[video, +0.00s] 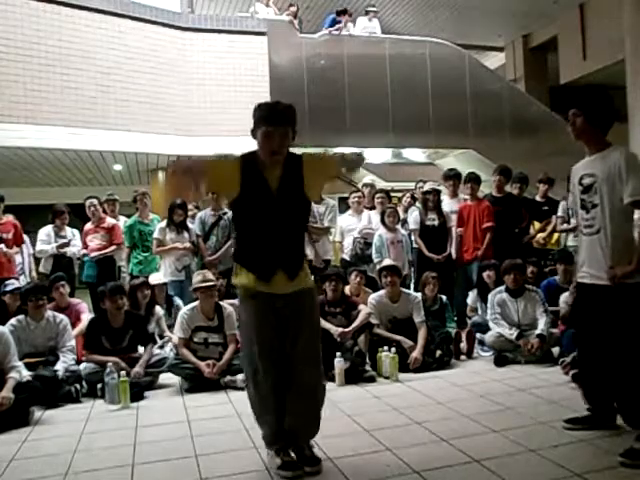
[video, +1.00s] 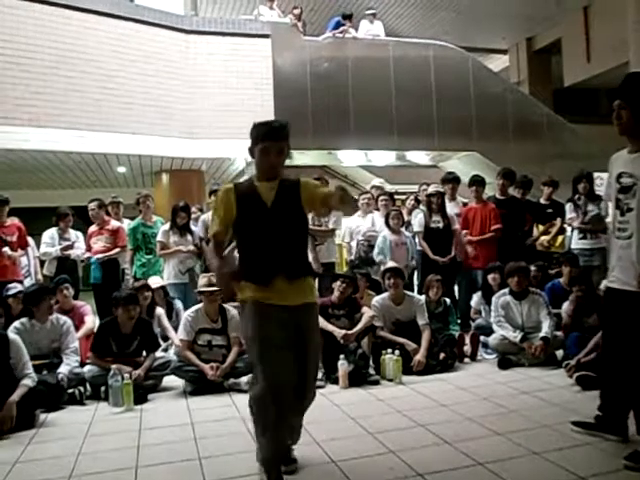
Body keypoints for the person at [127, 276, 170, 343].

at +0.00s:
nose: (145, 293)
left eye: (147, 289)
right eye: (141, 291)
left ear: (151, 291)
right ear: (134, 294)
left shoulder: (156, 310)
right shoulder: (129, 312)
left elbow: (165, 331)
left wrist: (173, 338)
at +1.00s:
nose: (145, 295)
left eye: (148, 291)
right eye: (141, 292)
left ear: (152, 293)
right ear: (136, 295)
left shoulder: (158, 311)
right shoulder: (133, 312)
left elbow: (168, 329)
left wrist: (176, 342)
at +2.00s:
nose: (146, 296)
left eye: (149, 292)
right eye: (142, 293)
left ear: (152, 294)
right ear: (137, 296)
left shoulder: (158, 311)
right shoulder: (134, 312)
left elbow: (167, 328)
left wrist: (175, 341)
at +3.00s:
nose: (146, 296)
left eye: (149, 292)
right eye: (142, 293)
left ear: (152, 294)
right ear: (137, 296)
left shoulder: (158, 311)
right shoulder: (134, 313)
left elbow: (168, 329)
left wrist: (177, 343)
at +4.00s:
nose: (146, 295)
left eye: (149, 292)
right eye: (142, 292)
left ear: (152, 294)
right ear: (137, 295)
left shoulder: (158, 311)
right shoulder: (134, 312)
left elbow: (168, 329)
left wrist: (176, 341)